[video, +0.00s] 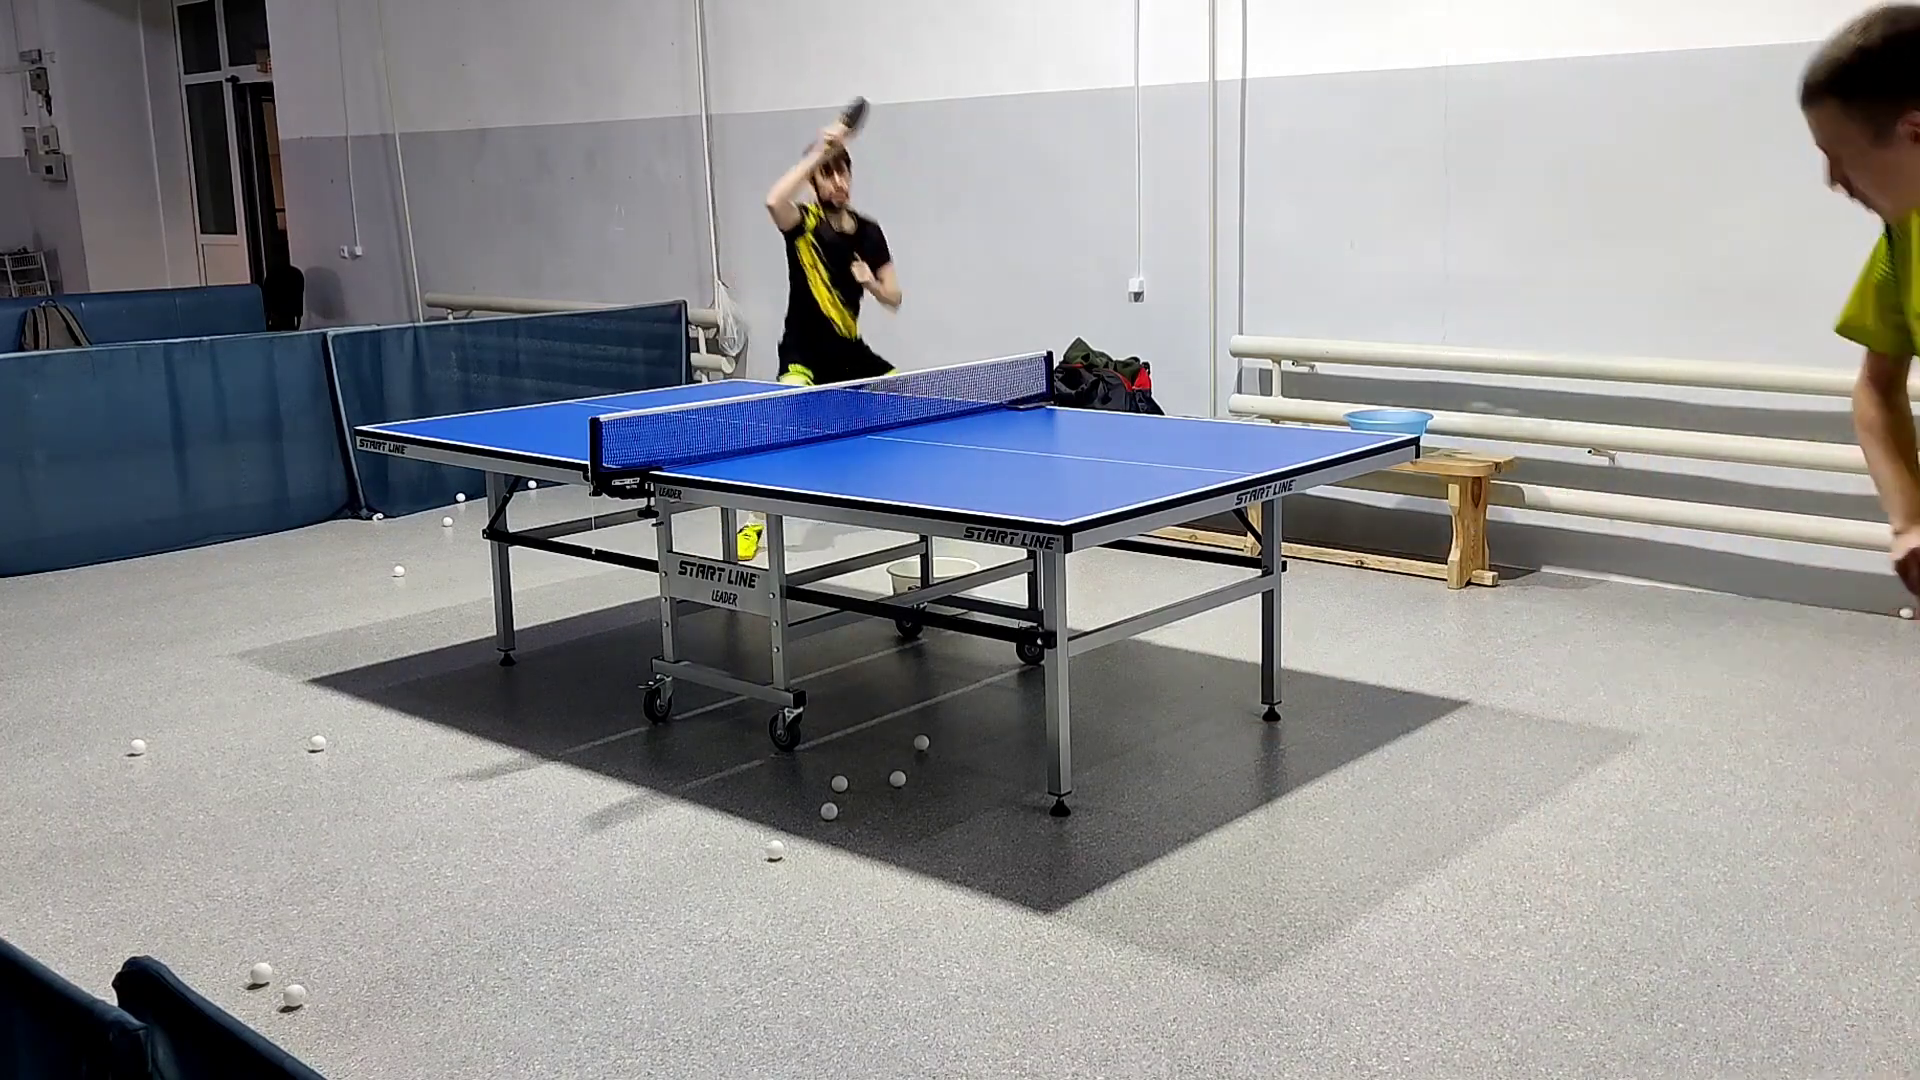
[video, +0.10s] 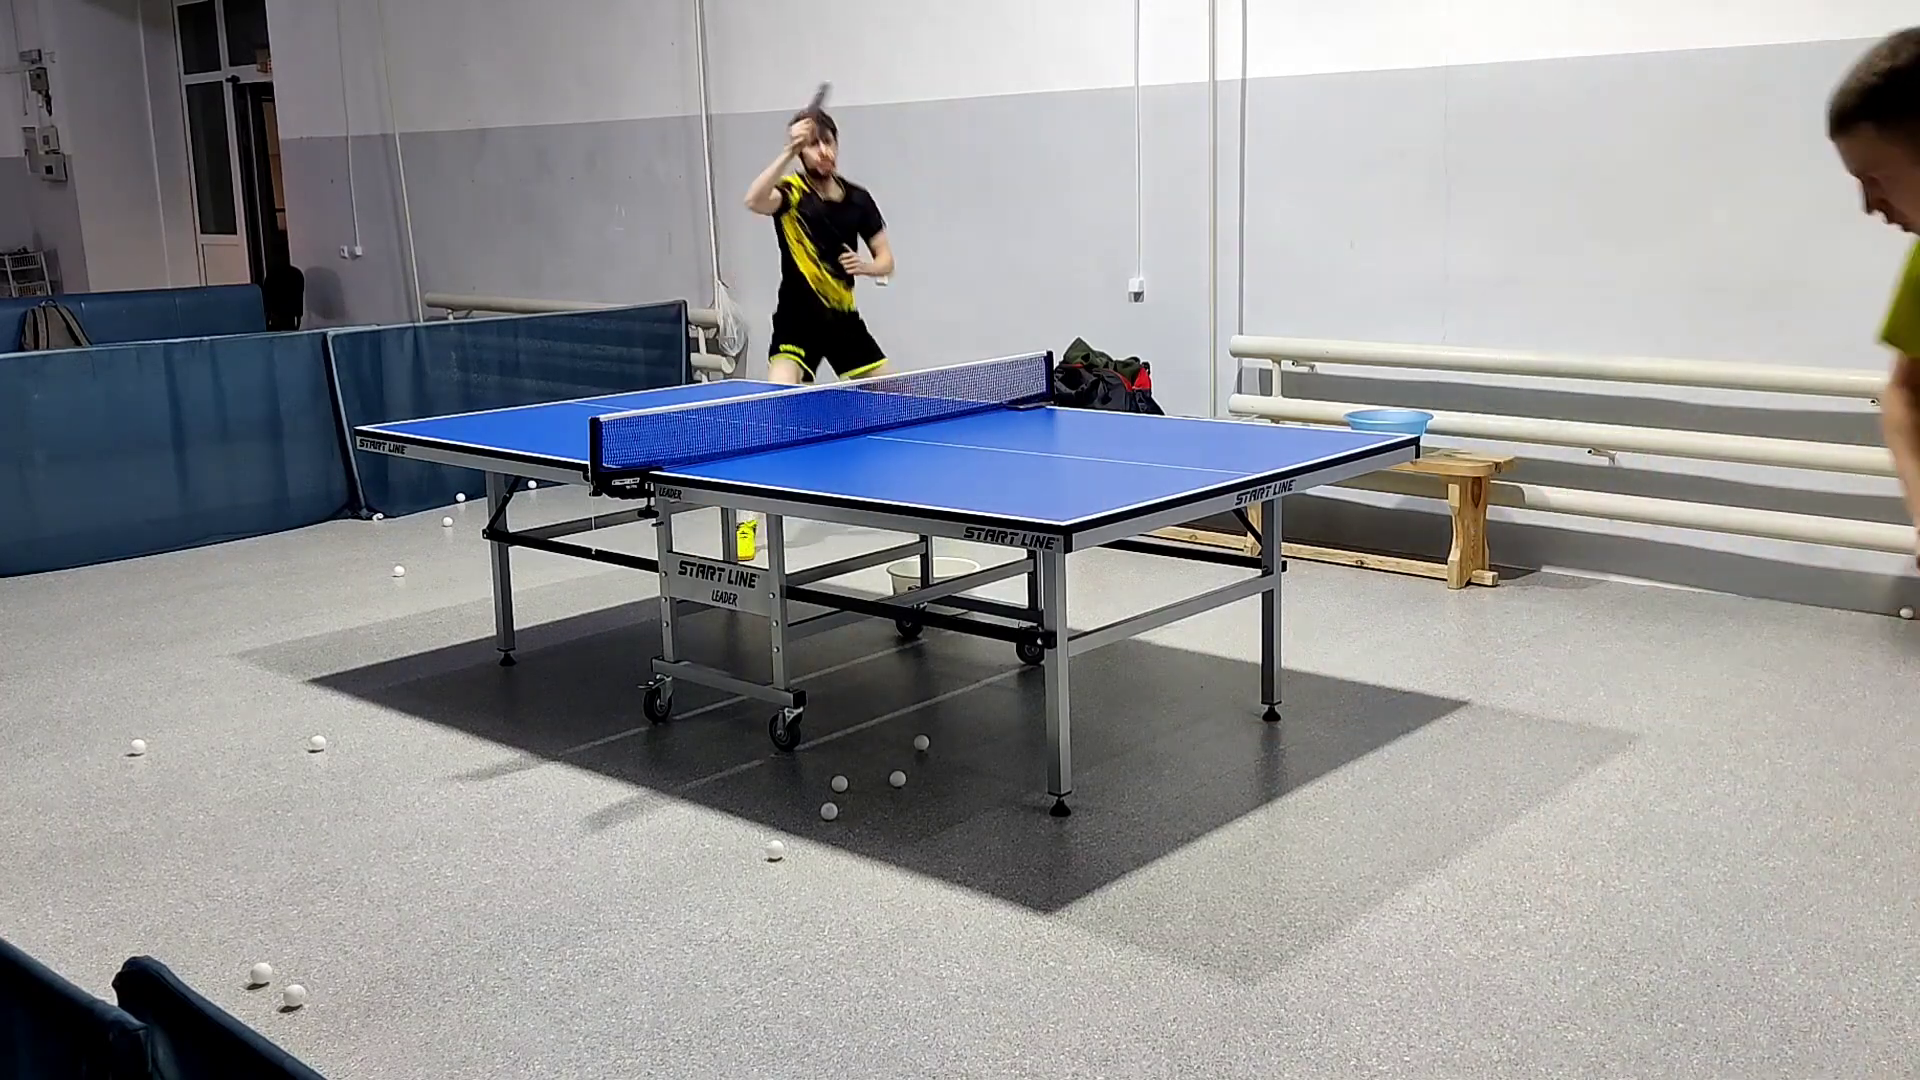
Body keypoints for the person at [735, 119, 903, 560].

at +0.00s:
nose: (837, 182)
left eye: (842, 172)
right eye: (827, 174)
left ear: (851, 176)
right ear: (814, 182)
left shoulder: (867, 231)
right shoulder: (802, 223)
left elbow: (894, 300)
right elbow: (775, 201)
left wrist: (872, 283)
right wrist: (818, 152)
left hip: (851, 352)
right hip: (804, 351)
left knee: (916, 400)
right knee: (787, 415)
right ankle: (760, 525)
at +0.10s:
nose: (823, 155)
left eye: (827, 145)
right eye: (813, 148)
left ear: (837, 146)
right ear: (800, 153)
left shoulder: (857, 199)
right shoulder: (791, 191)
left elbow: (886, 264)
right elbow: (754, 201)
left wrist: (869, 266)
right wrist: (789, 151)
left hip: (844, 320)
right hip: (797, 318)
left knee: (895, 403)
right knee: (777, 407)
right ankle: (751, 517)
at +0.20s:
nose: (810, 142)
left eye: (816, 133)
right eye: (799, 135)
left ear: (826, 137)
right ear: (785, 143)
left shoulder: (847, 189)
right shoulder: (776, 184)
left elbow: (879, 252)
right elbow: (742, 223)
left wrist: (859, 264)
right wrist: (767, 173)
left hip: (837, 314)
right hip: (790, 313)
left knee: (892, 399)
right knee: (774, 409)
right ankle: (751, 521)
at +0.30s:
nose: (800, 149)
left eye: (807, 139)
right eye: (790, 142)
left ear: (818, 144)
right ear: (778, 150)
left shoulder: (842, 196)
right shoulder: (769, 196)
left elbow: (875, 255)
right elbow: (737, 254)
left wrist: (861, 280)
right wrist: (754, 221)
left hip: (833, 321)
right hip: (785, 321)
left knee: (878, 410)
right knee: (768, 414)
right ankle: (745, 521)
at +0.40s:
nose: (792, 155)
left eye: (798, 145)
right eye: (782, 148)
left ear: (810, 148)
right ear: (770, 157)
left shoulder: (838, 200)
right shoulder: (763, 206)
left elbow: (878, 262)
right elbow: (735, 277)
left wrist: (849, 286)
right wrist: (750, 241)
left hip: (833, 329)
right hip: (782, 329)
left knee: (882, 408)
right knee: (762, 414)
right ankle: (745, 521)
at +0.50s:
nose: (779, 161)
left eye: (784, 150)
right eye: (769, 155)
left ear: (797, 152)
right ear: (758, 163)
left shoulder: (830, 200)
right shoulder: (755, 215)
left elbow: (867, 261)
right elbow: (738, 286)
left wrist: (817, 272)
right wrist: (735, 283)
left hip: (838, 328)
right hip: (783, 329)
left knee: (882, 414)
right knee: (755, 413)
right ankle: (741, 521)